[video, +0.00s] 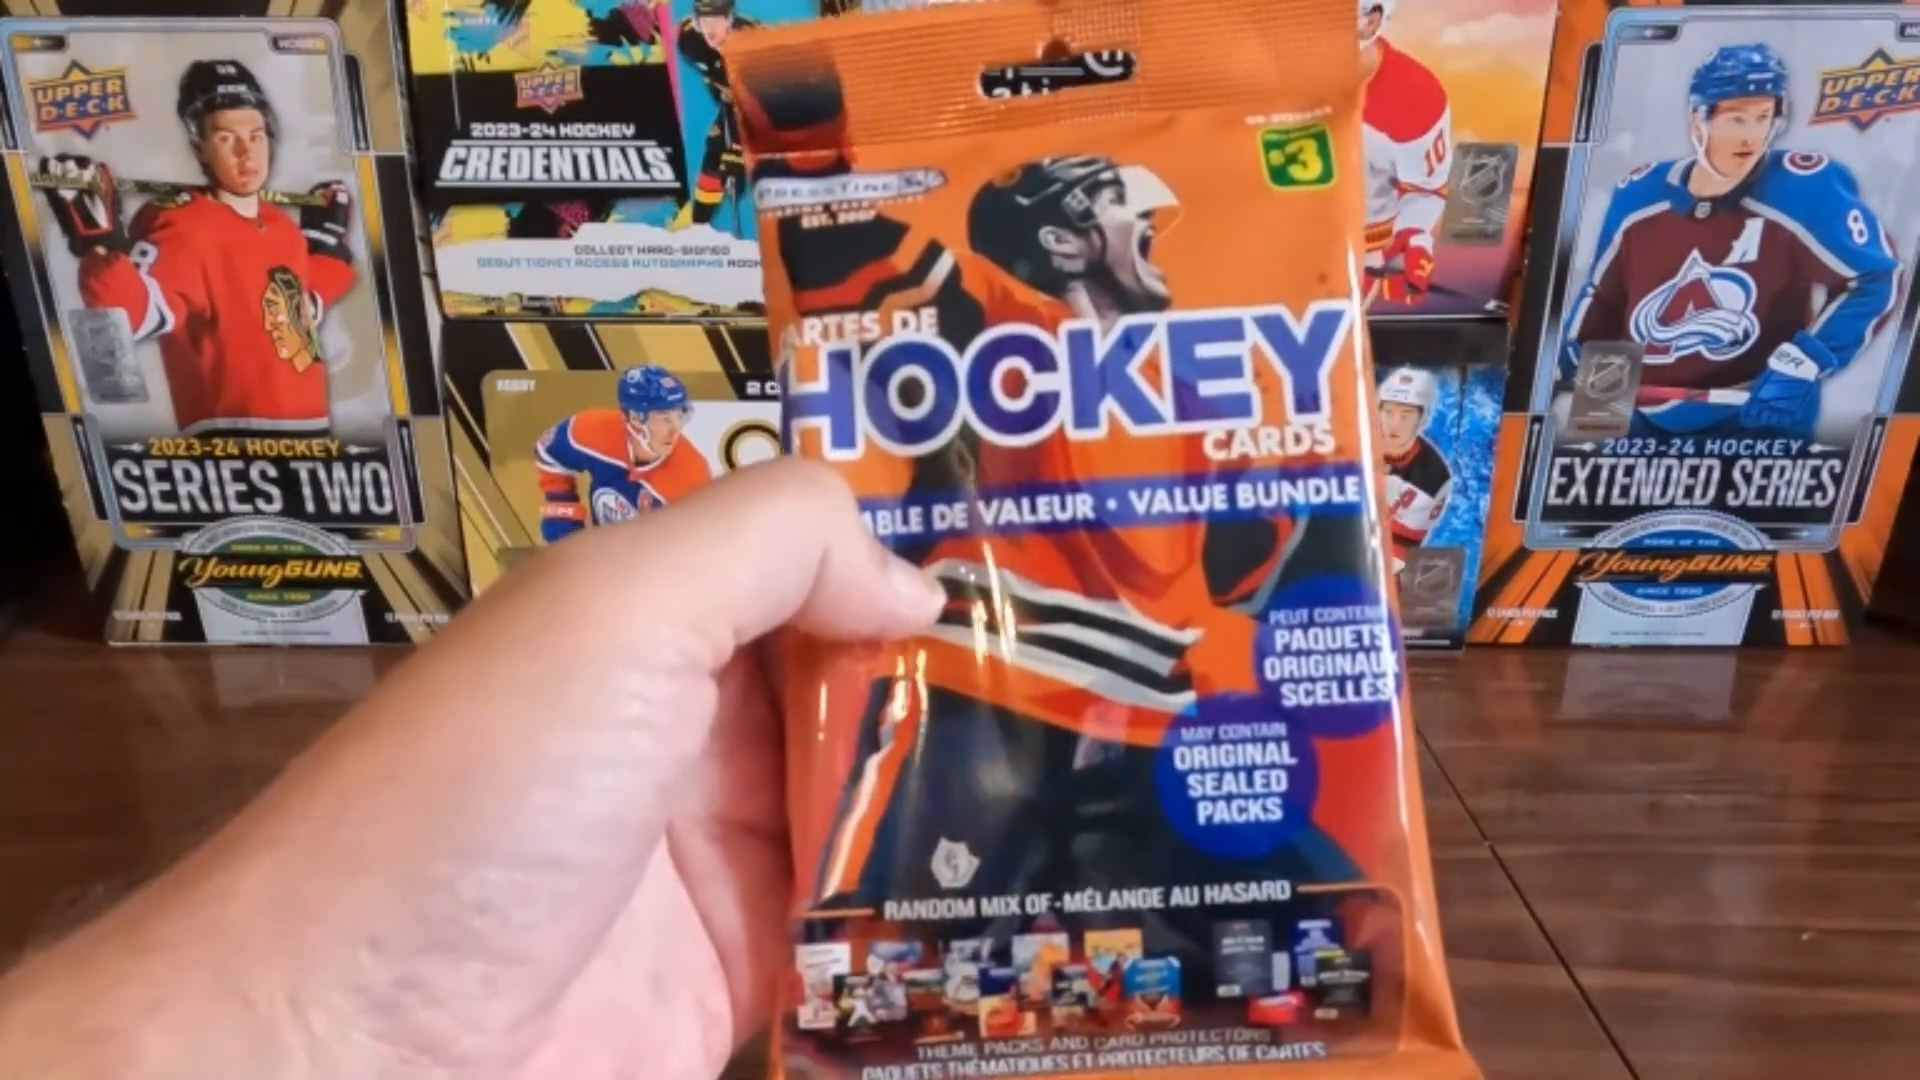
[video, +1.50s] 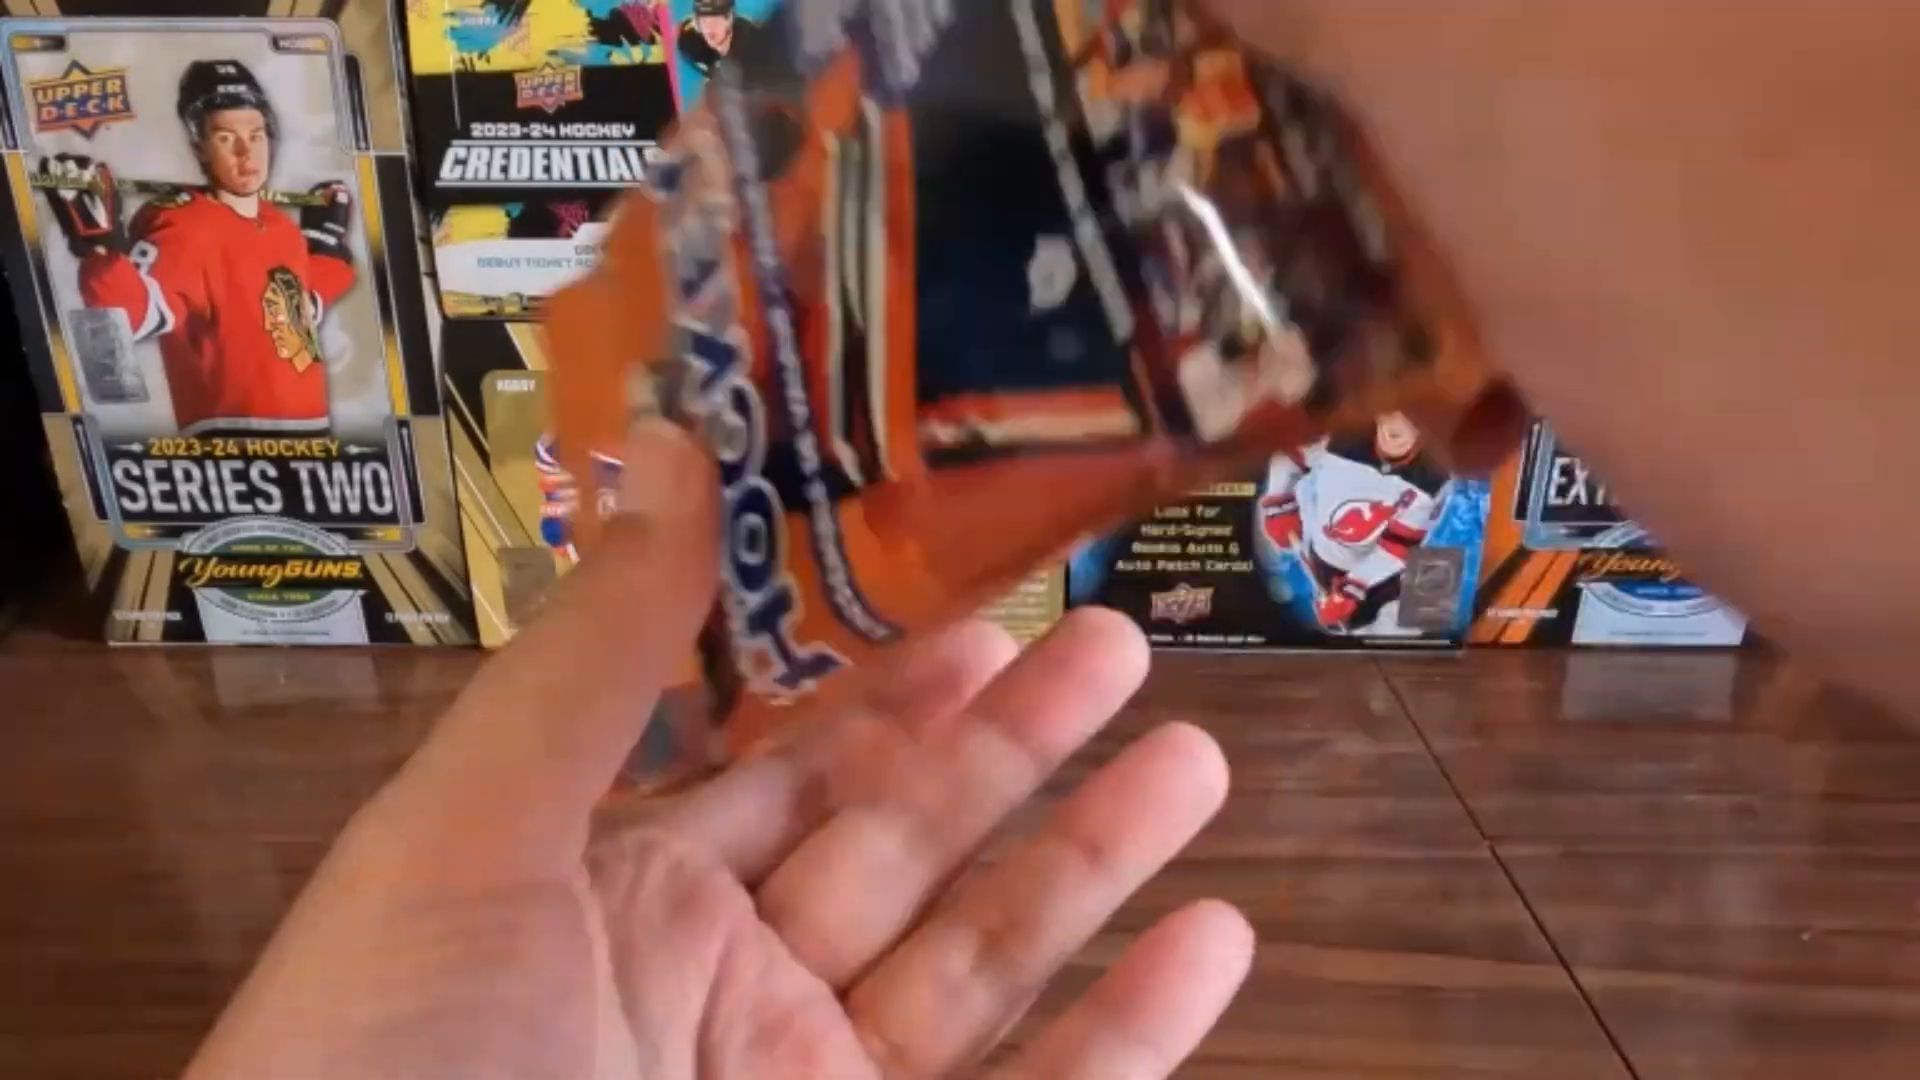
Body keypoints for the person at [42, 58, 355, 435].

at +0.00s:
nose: (247, 152)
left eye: (256, 135)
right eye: (228, 139)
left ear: (270, 139)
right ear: (201, 150)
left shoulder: (282, 227)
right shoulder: (184, 226)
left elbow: (302, 307)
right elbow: (140, 315)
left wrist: (333, 249)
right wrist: (100, 249)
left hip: (308, 433)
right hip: (231, 441)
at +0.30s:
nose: (247, 153)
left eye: (256, 135)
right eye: (228, 139)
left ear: (270, 139)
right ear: (201, 150)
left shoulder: (282, 227)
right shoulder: (184, 226)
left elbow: (302, 306)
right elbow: (141, 315)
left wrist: (334, 250)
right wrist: (100, 250)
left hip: (308, 433)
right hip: (231, 440)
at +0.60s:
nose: (247, 153)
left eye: (256, 135)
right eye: (228, 139)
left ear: (270, 139)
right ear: (200, 149)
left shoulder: (283, 228)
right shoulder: (183, 226)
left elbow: (302, 304)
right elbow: (142, 314)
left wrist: (335, 251)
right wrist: (100, 249)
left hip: (307, 433)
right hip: (229, 440)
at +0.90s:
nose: (247, 153)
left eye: (256, 135)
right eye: (228, 139)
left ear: (270, 139)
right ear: (200, 149)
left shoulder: (283, 228)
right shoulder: (184, 226)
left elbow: (302, 306)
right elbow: (142, 315)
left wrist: (334, 252)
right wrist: (100, 249)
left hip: (307, 433)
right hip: (230, 440)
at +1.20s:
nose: (247, 153)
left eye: (256, 135)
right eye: (228, 139)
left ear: (270, 139)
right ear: (201, 150)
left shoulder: (283, 228)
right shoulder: (184, 226)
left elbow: (302, 305)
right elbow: (142, 315)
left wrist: (334, 252)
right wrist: (100, 250)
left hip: (307, 433)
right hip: (230, 440)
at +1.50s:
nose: (247, 153)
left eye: (257, 135)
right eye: (227, 139)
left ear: (270, 139)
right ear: (200, 149)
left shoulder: (283, 229)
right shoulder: (183, 227)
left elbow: (302, 306)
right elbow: (137, 317)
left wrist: (332, 249)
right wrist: (100, 249)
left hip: (307, 435)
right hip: (230, 441)